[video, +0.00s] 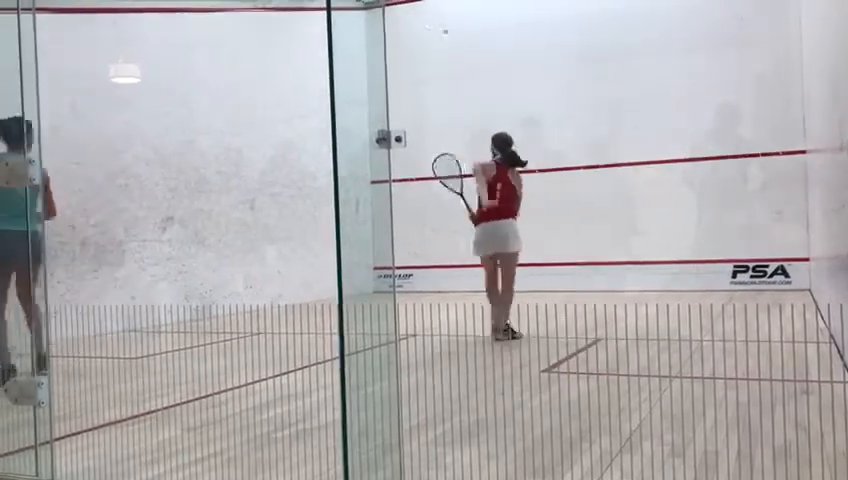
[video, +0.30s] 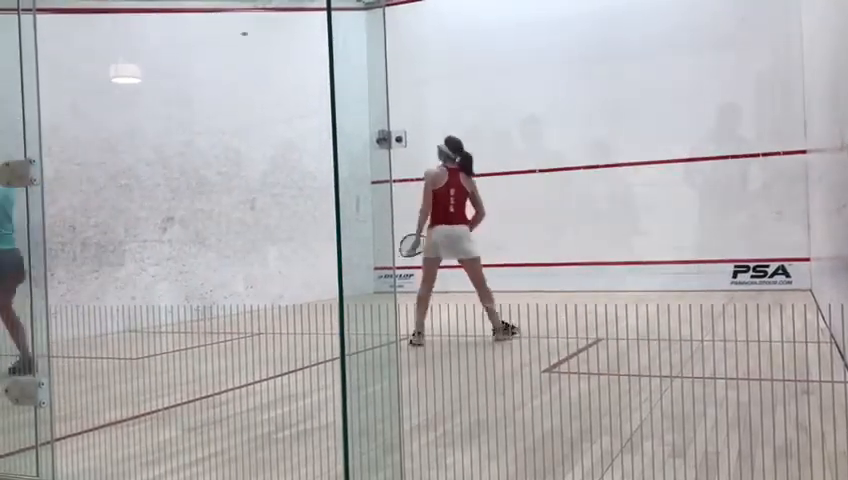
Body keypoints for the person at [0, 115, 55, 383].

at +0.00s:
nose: (27, 144)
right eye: (29, 139)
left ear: (5, 140)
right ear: (29, 140)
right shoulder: (37, 170)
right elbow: (50, 211)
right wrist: (29, 217)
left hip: (5, 238)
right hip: (29, 238)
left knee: (2, 301)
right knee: (26, 295)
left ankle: (4, 361)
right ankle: (40, 352)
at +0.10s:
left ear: (4, 149)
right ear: (20, 148)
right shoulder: (28, 178)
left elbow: (36, 213)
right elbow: (37, 213)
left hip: (8, 242)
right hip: (21, 243)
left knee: (13, 302)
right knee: (14, 301)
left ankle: (28, 356)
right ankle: (29, 356)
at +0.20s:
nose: (2, 162)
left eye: (1, 157)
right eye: (4, 157)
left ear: (3, 155)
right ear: (8, 155)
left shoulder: (12, 183)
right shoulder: (20, 183)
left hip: (13, 250)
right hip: (19, 250)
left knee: (7, 303)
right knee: (7, 304)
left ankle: (27, 356)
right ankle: (26, 355)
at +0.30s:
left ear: (6, 172)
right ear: (8, 173)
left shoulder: (7, 193)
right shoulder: (7, 193)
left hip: (8, 253)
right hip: (10, 252)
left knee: (6, 308)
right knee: (6, 308)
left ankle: (25, 357)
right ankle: (25, 356)